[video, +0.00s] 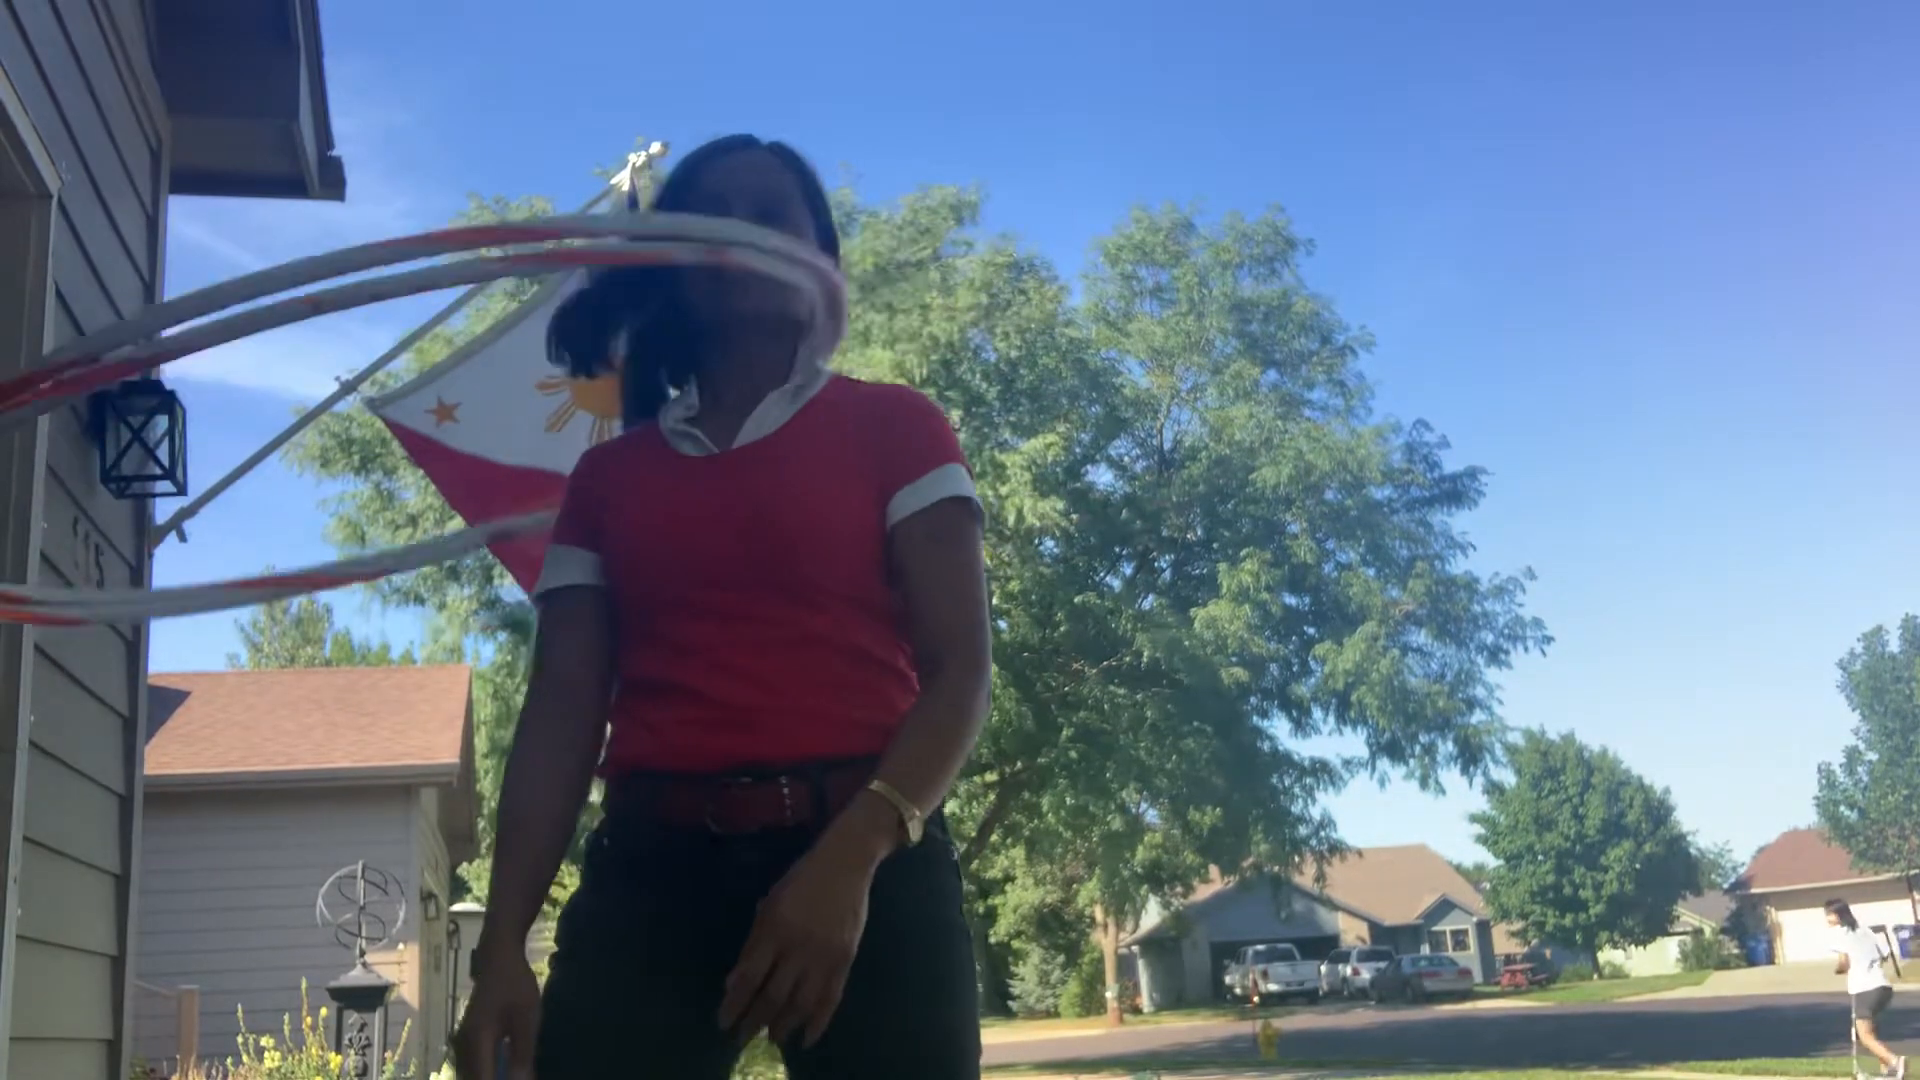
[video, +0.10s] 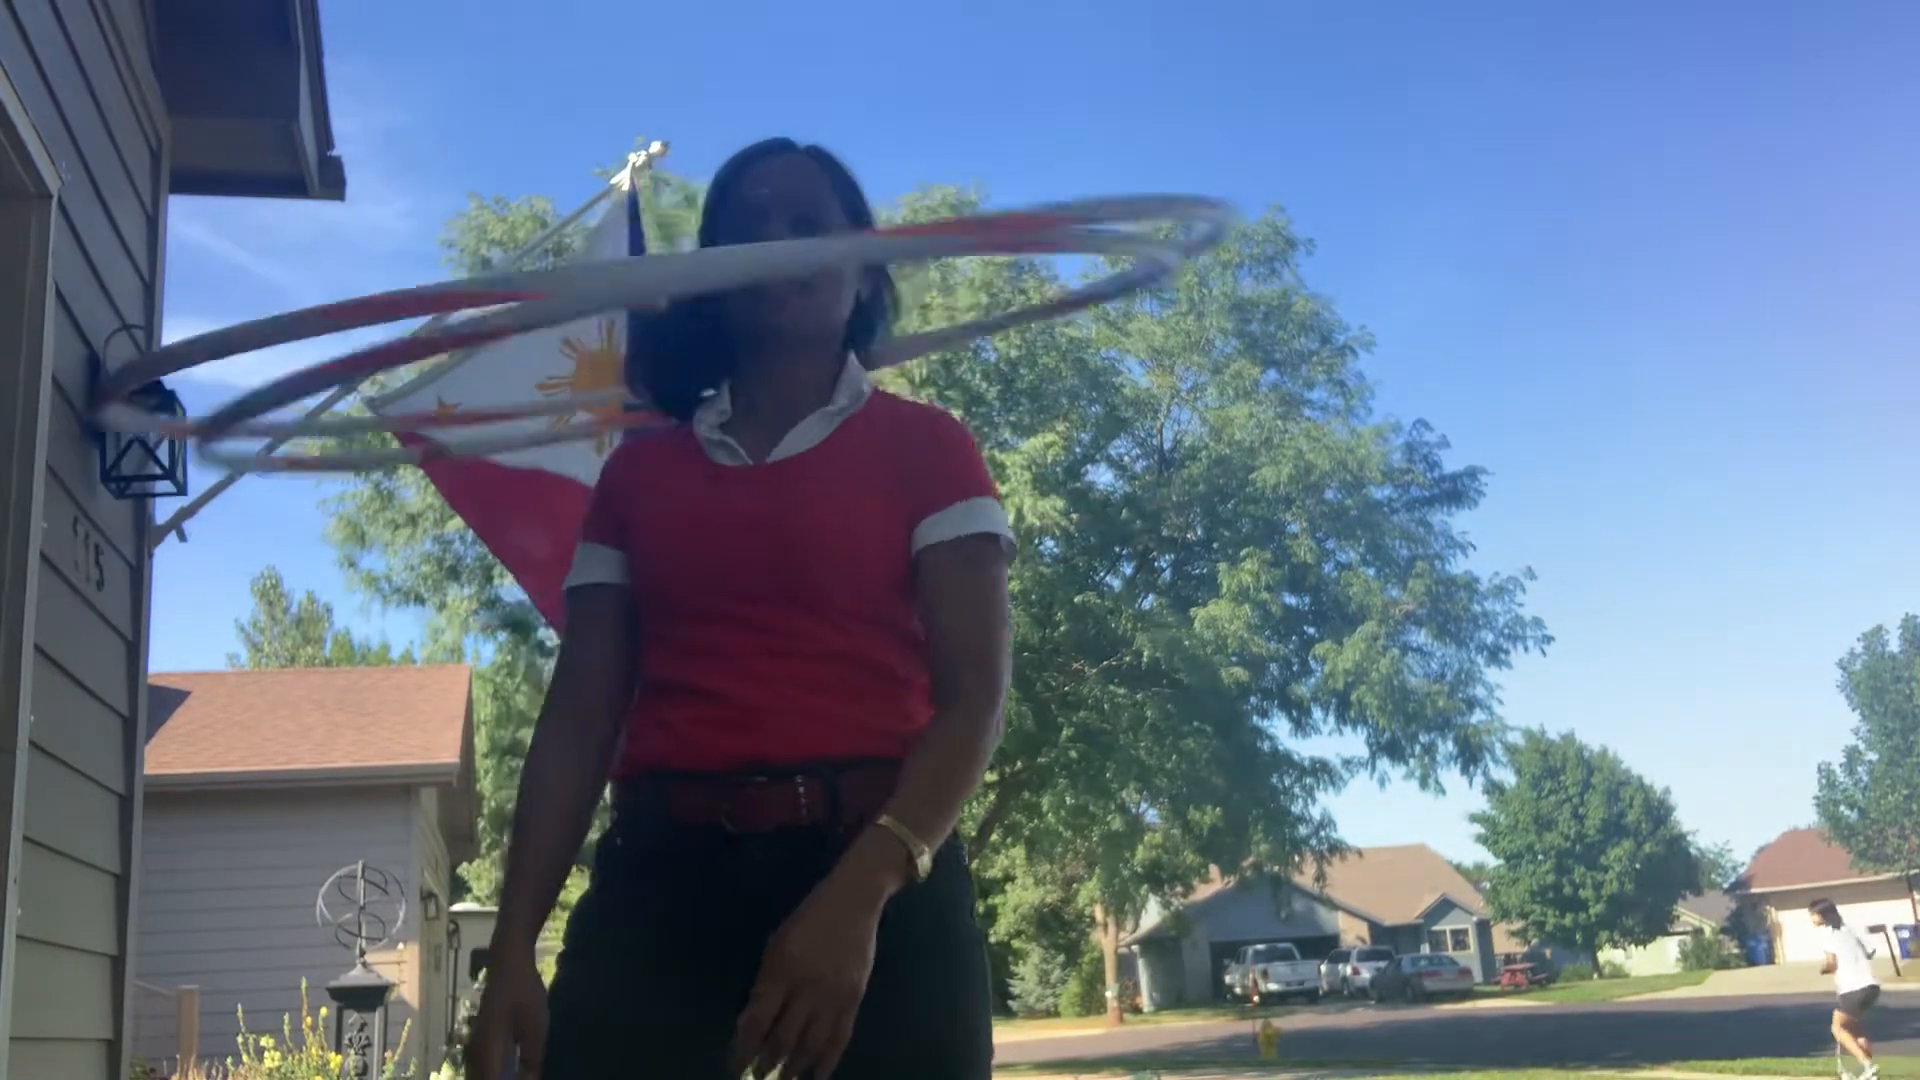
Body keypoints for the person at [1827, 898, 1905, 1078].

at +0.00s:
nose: (1827, 920)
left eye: (1829, 915)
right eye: (1827, 915)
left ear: (1838, 915)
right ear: (1846, 914)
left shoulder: (1840, 934)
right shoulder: (1865, 930)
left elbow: (1844, 964)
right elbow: (1883, 954)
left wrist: (1838, 970)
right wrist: (1866, 963)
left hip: (1865, 987)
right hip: (1884, 984)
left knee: (1863, 1034)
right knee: (1871, 1028)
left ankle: (1894, 1061)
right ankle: (1885, 1067)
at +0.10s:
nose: (1812, 919)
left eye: (1813, 915)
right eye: (1811, 915)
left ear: (1822, 915)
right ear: (1830, 913)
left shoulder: (1826, 934)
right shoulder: (1847, 930)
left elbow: (1831, 964)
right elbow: (1868, 952)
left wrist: (1823, 969)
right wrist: (1849, 962)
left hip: (1852, 987)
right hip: (1870, 983)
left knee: (1837, 1027)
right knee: (1854, 1026)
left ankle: (1867, 1065)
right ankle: (1867, 1068)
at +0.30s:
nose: (1788, 926)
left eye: (1788, 922)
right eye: (1787, 922)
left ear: (1793, 922)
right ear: (1806, 918)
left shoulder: (1799, 939)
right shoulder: (1820, 933)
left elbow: (1807, 965)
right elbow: (1840, 950)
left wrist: (1799, 970)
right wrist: (1830, 966)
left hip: (1823, 991)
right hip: (1842, 987)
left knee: (1808, 1029)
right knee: (1832, 1027)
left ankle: (1806, 1073)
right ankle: (1845, 1069)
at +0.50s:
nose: (1760, 924)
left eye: (1761, 920)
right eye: (1760, 920)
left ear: (1766, 922)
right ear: (1781, 918)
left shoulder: (1767, 939)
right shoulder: (1795, 932)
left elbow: (1774, 966)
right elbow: (1814, 953)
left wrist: (1767, 971)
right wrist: (1799, 963)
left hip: (1793, 991)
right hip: (1814, 987)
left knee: (1788, 1032)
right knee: (1802, 1029)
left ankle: (1800, 1073)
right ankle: (1812, 1065)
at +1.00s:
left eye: (1716, 929)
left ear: (1718, 930)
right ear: (1734, 929)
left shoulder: (1715, 942)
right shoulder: (1743, 942)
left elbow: (1712, 966)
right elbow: (1760, 965)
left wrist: (1713, 972)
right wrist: (1743, 970)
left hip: (1731, 988)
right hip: (1750, 987)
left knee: (1737, 1032)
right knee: (1736, 1029)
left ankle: (1763, 1053)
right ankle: (1752, 1064)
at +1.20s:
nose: (1684, 933)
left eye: (1684, 930)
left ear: (1687, 930)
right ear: (1701, 927)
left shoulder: (1686, 944)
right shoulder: (1712, 941)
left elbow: (1686, 967)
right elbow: (1730, 960)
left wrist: (1686, 976)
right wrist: (1717, 970)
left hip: (1704, 990)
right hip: (1723, 988)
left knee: (1696, 1026)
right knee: (1714, 1026)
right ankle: (1726, 1064)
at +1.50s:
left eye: (1647, 936)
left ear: (1648, 937)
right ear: (1664, 935)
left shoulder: (1646, 951)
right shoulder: (1672, 946)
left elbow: (1646, 976)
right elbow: (1686, 967)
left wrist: (1644, 979)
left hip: (1666, 996)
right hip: (1684, 993)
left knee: (1669, 1034)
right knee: (1675, 1031)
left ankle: (1675, 1068)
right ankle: (1681, 1065)